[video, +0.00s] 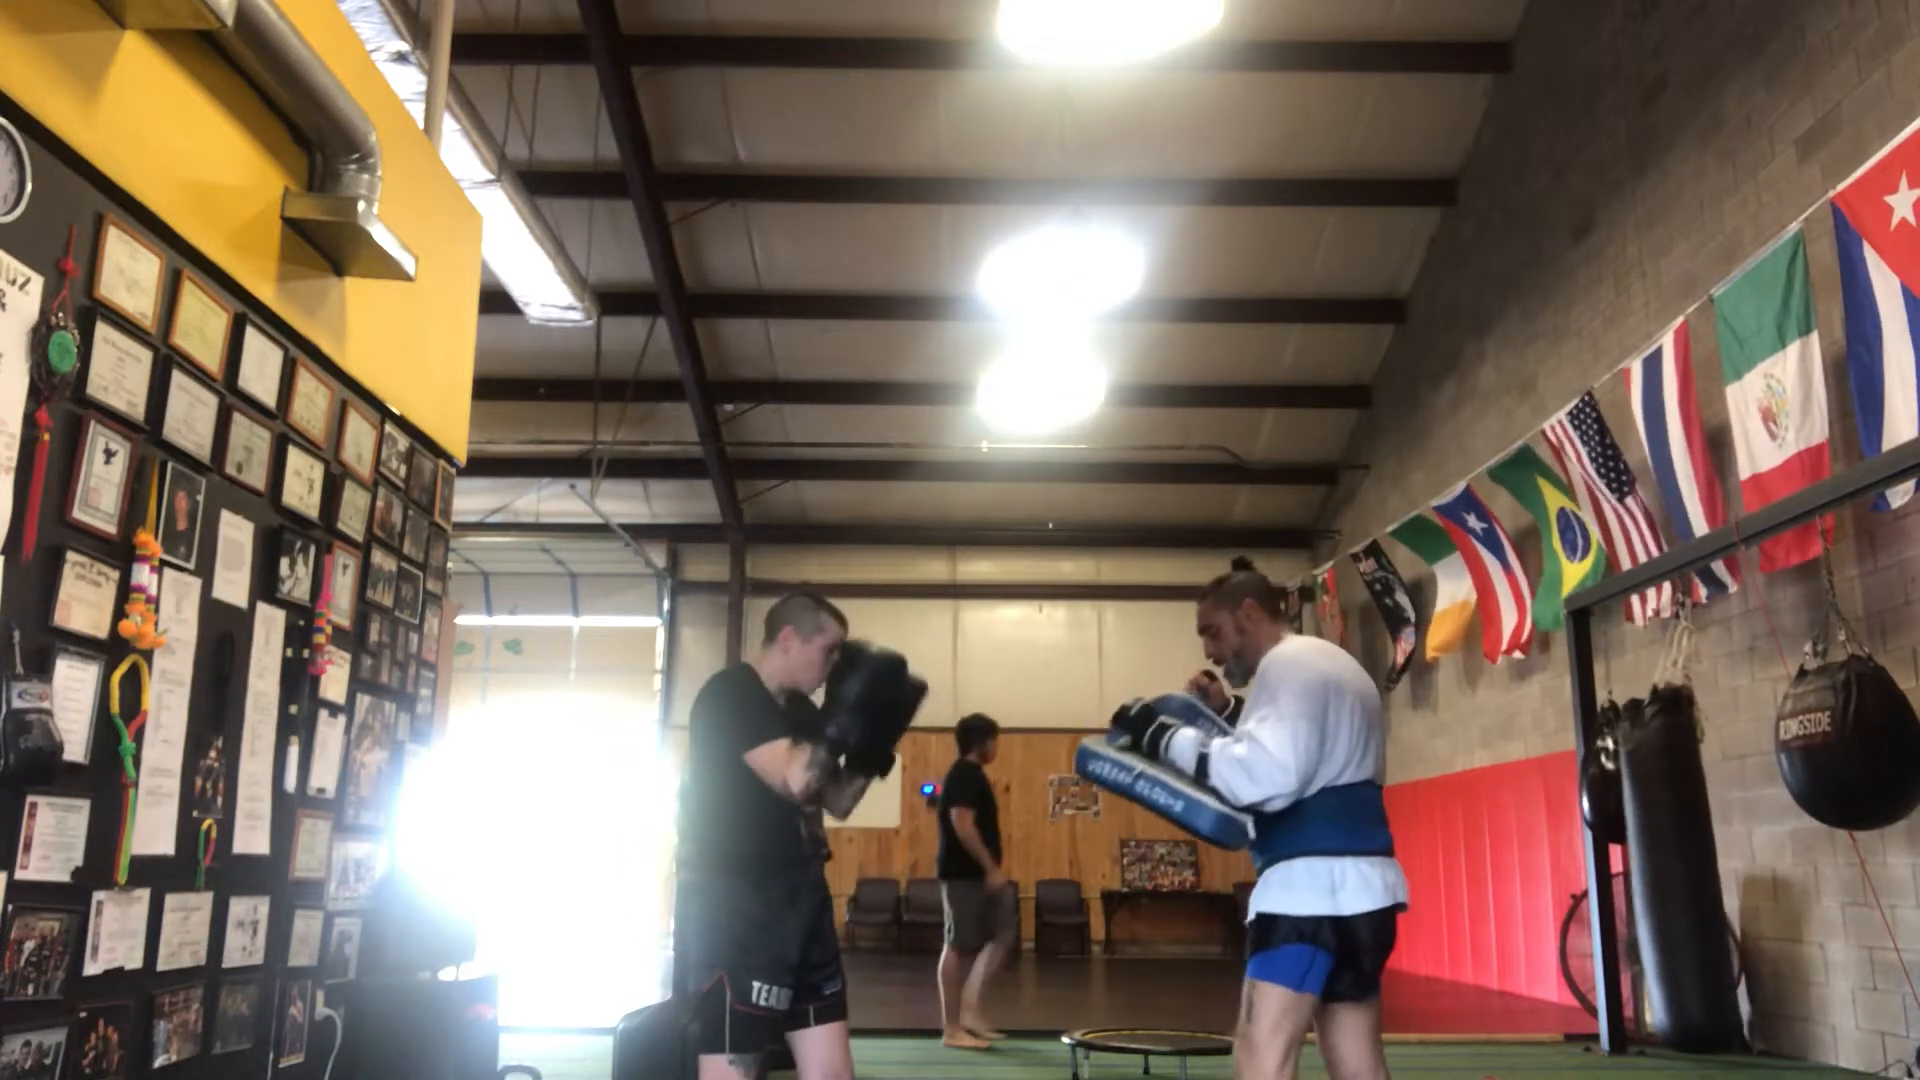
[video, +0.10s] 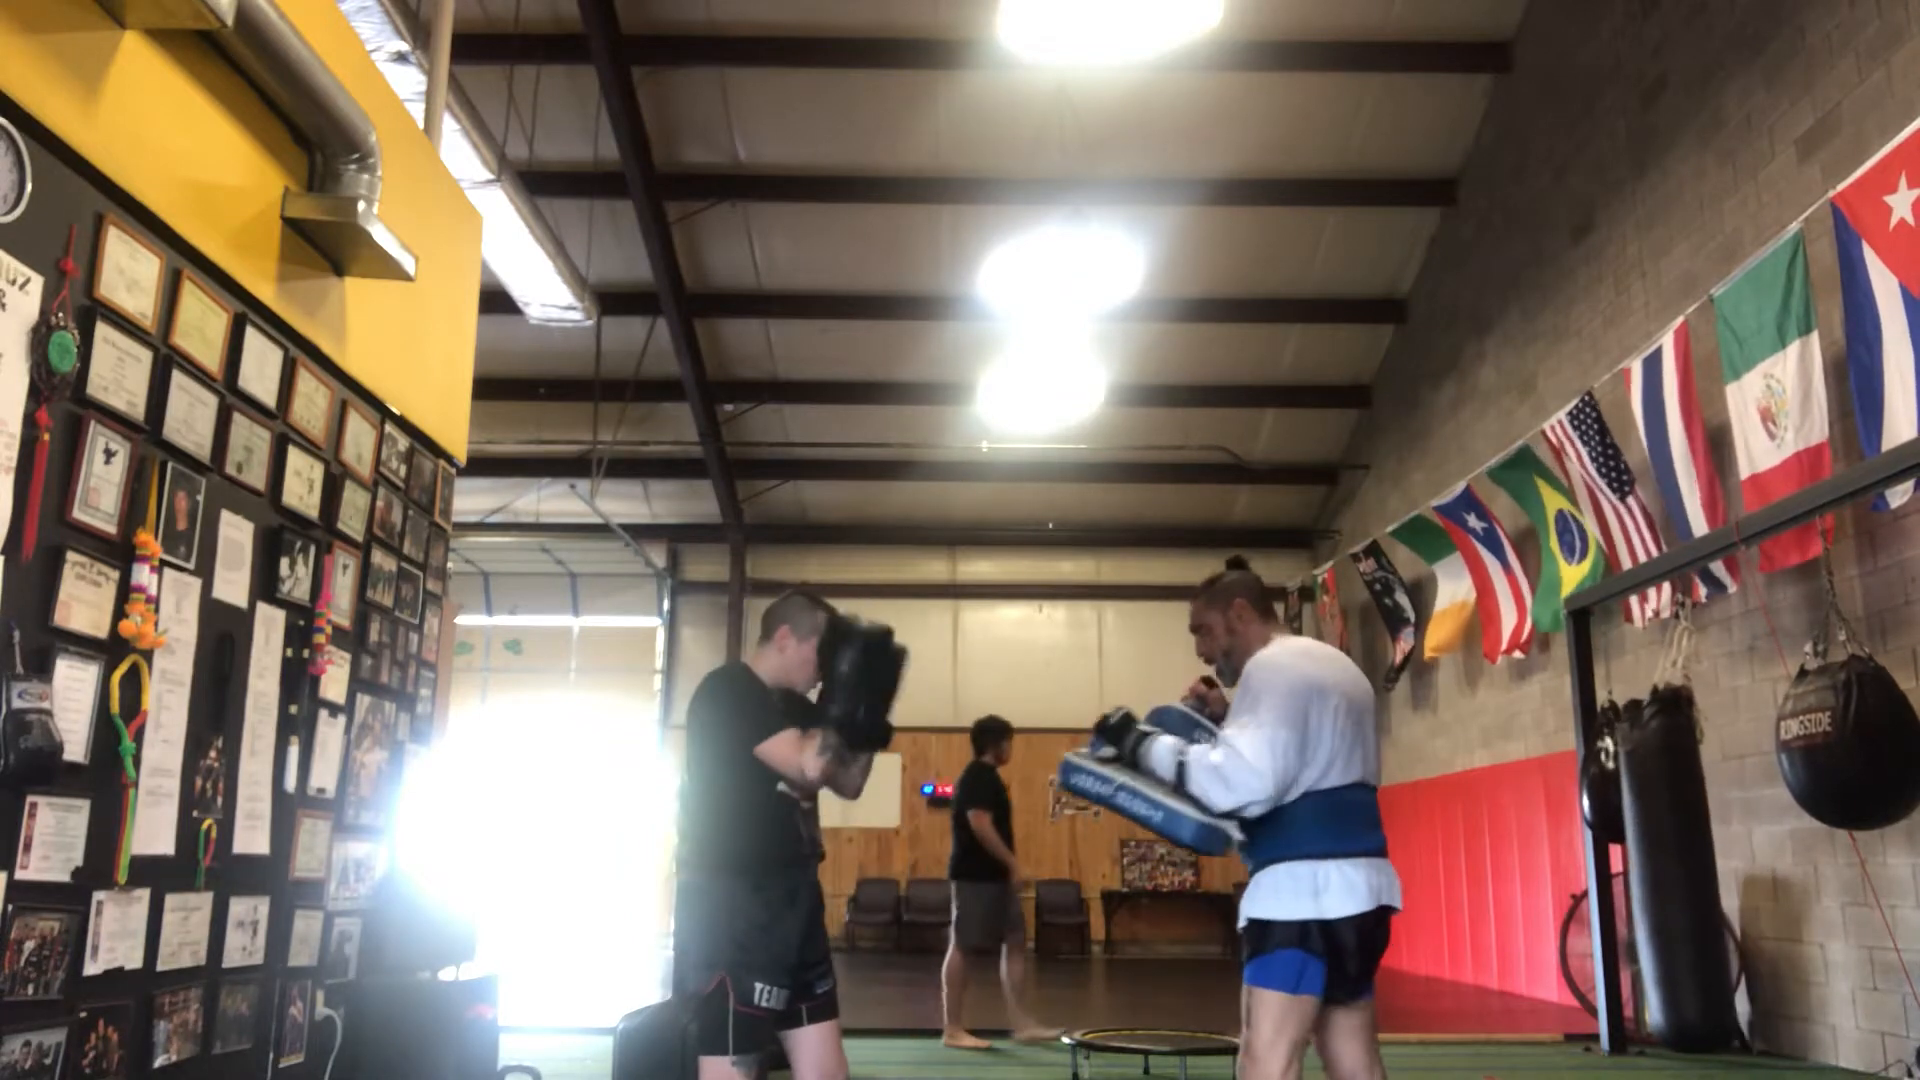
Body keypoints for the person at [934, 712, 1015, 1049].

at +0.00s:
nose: (996, 747)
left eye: (995, 741)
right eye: (993, 741)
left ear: (972, 743)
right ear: (980, 743)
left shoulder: (973, 774)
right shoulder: (963, 773)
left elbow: (967, 821)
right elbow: (962, 822)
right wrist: (990, 867)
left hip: (981, 875)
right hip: (960, 876)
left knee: (1002, 936)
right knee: (956, 947)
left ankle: (970, 1011)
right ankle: (951, 1028)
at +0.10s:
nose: (1011, 749)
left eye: (1010, 742)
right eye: (1008, 743)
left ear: (987, 744)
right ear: (995, 745)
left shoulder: (990, 777)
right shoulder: (979, 776)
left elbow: (985, 825)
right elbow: (979, 823)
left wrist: (1006, 866)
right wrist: (1012, 862)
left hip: (996, 879)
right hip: (972, 879)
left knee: (1014, 944)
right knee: (960, 949)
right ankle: (953, 1030)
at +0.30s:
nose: (1039, 752)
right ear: (1019, 745)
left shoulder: (1025, 782)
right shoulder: (1008, 780)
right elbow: (1010, 824)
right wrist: (1041, 863)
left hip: (1027, 883)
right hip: (1001, 882)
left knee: (1041, 950)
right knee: (987, 950)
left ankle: (1053, 1027)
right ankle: (955, 1026)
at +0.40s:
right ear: (1040, 747)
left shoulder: (1046, 778)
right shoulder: (1024, 776)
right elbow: (1023, 817)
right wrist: (1049, 866)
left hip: (1042, 877)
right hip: (1020, 877)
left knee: (1051, 949)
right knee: (1016, 948)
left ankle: (1053, 1026)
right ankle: (965, 1015)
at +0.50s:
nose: (1074, 752)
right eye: (1069, 745)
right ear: (1055, 744)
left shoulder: (1052, 778)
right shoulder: (1037, 775)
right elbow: (1036, 822)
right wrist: (1054, 866)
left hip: (1049, 876)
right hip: (1034, 875)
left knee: (1054, 952)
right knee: (1045, 947)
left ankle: (1054, 1027)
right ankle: (993, 1007)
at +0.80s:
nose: (1102, 736)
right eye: (1095, 729)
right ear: (1080, 734)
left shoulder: (1093, 782)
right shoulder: (1066, 781)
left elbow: (1109, 834)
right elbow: (1061, 822)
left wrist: (1149, 852)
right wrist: (1075, 870)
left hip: (1090, 876)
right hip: (1080, 878)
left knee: (1061, 951)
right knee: (1106, 951)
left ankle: (1054, 1028)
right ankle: (1125, 1027)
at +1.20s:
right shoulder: (1123, 781)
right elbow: (1123, 833)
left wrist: (1155, 875)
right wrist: (1135, 877)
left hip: (1149, 875)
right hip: (1125, 878)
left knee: (1147, 947)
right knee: (1138, 949)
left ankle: (1098, 1002)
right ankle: (1141, 1025)